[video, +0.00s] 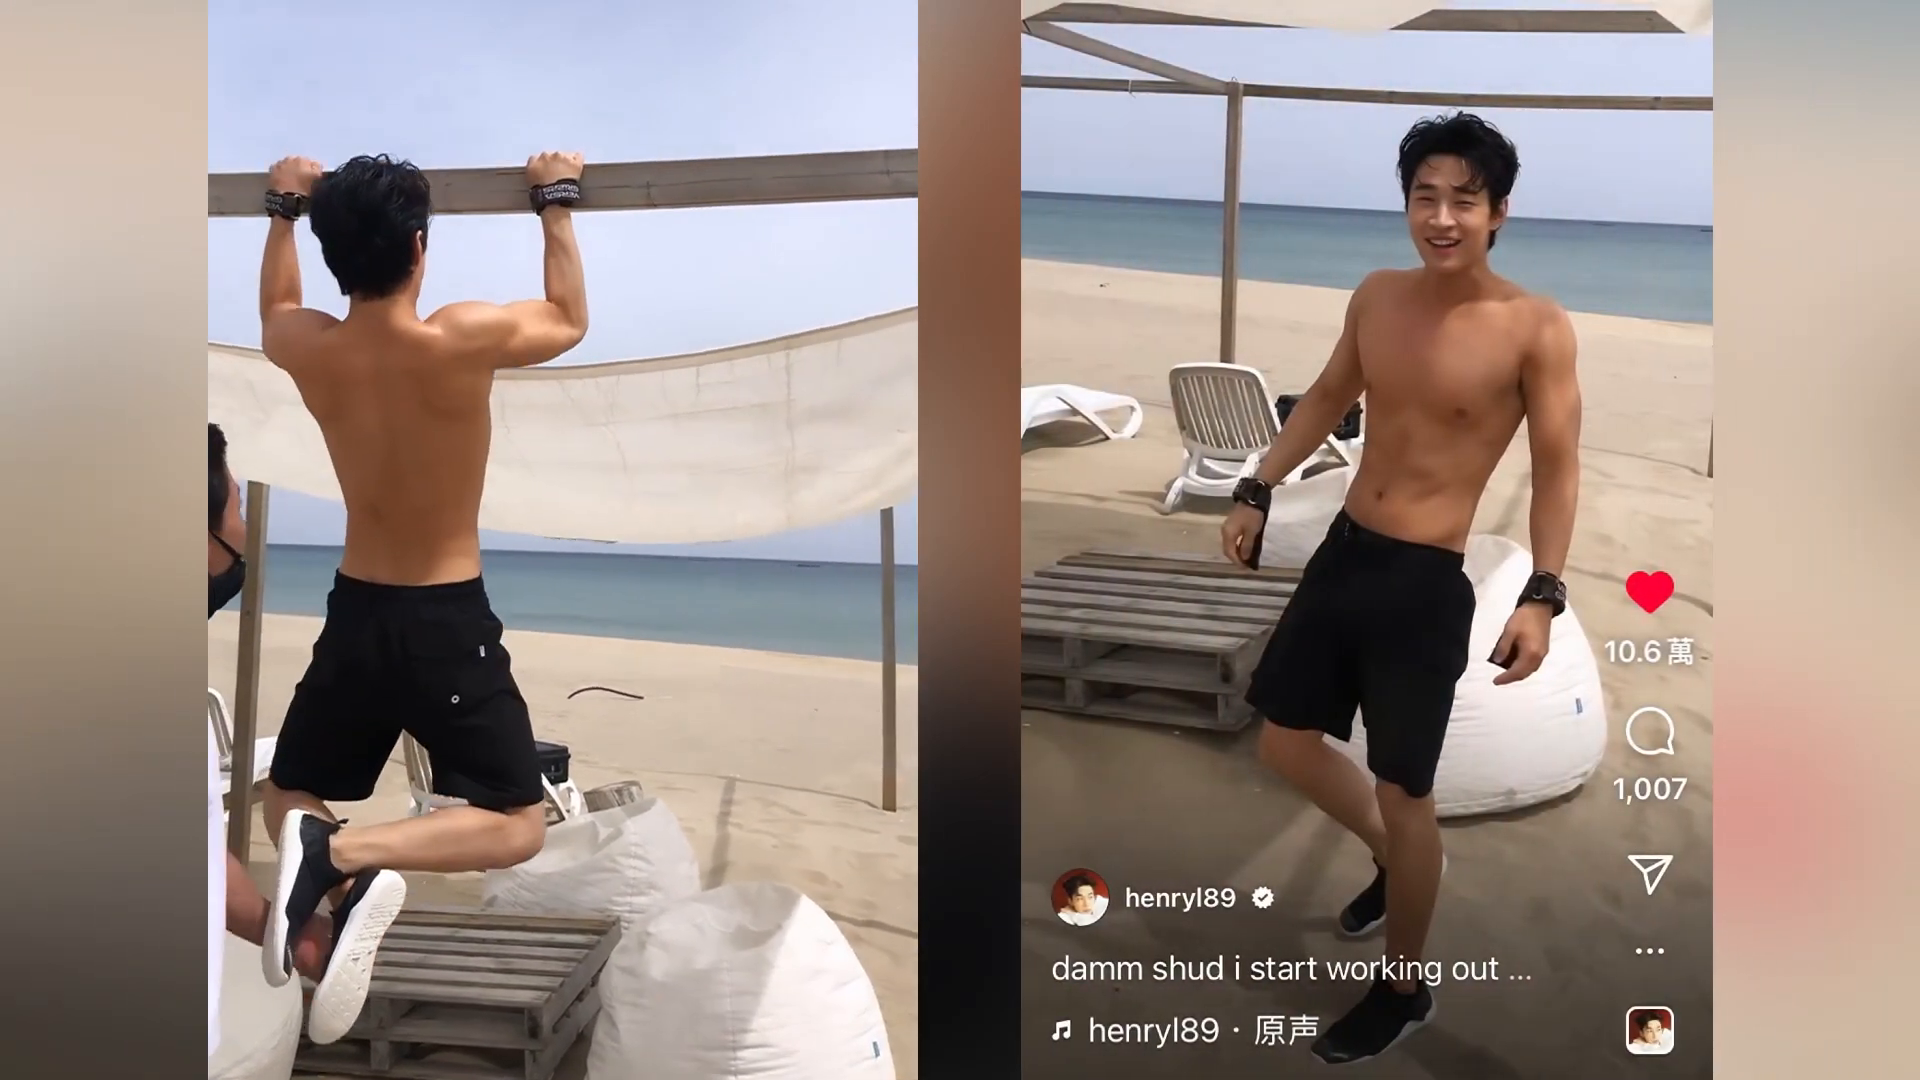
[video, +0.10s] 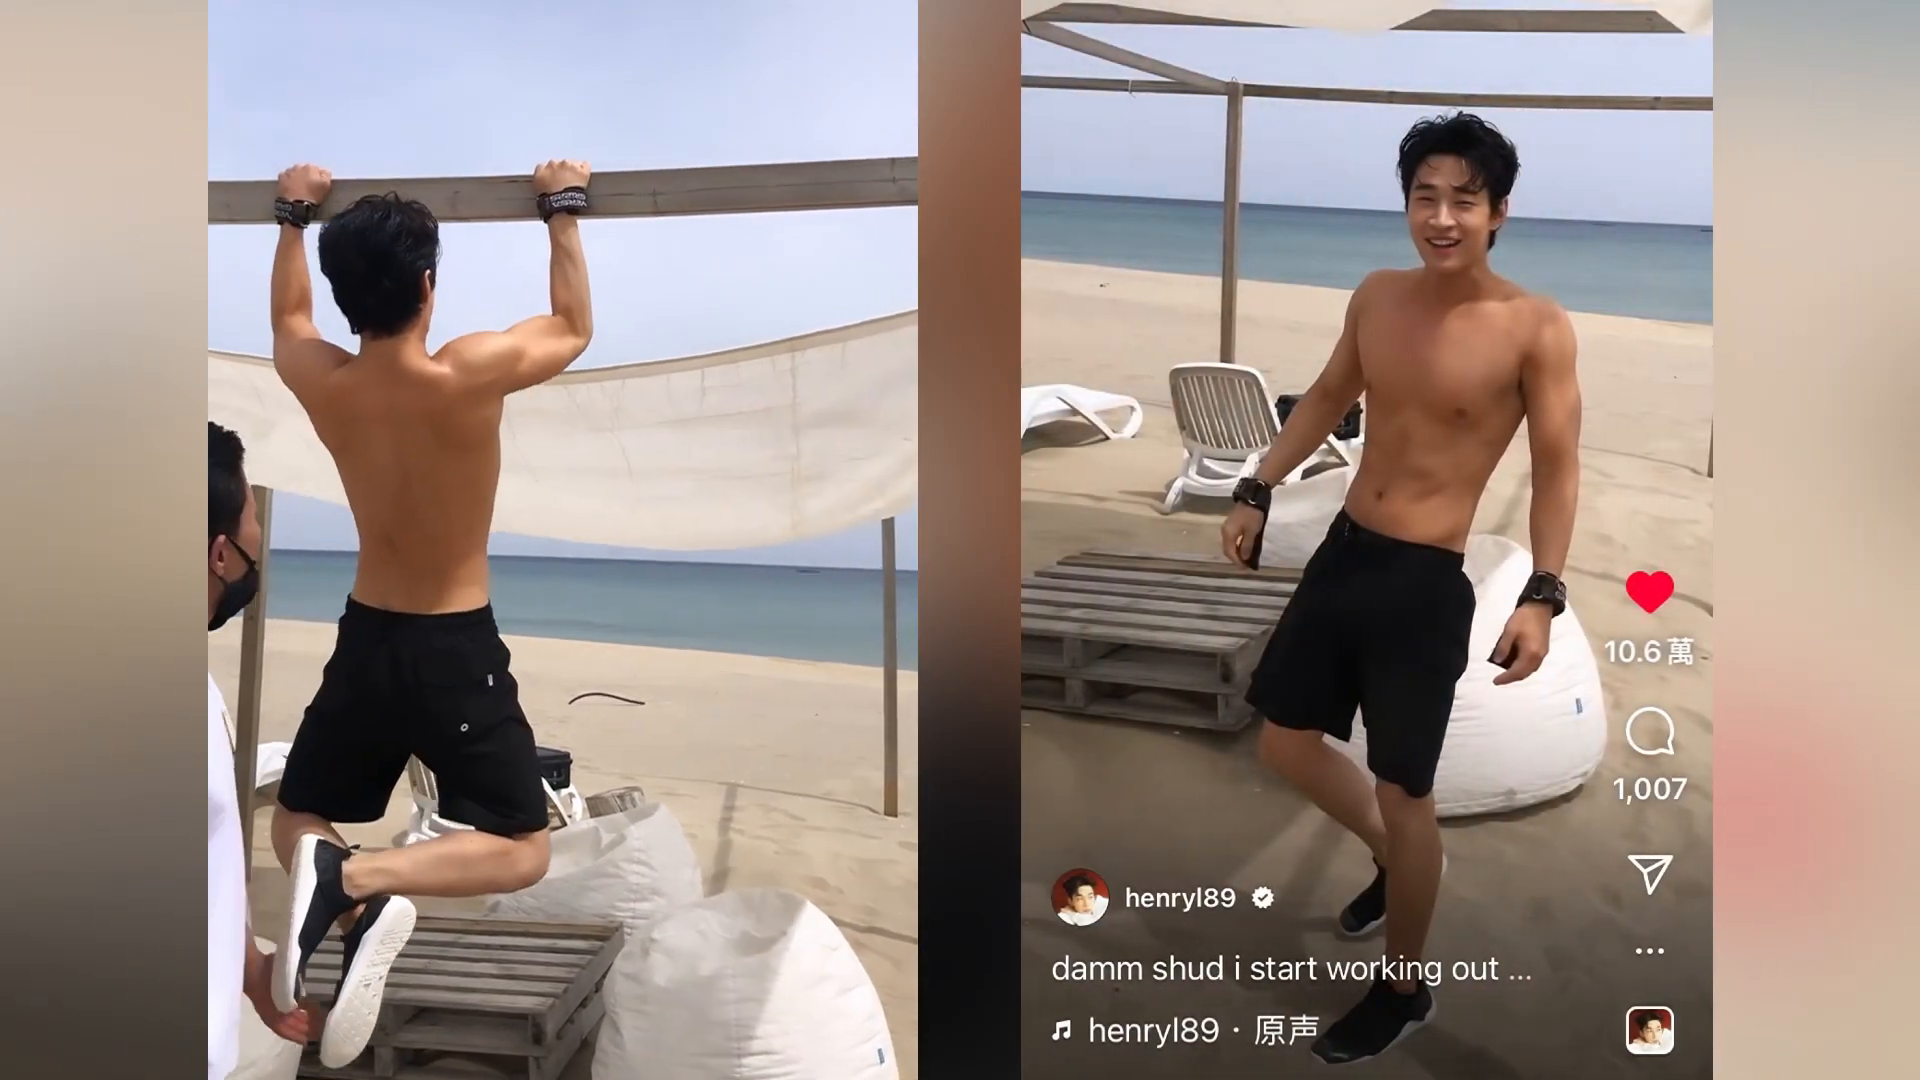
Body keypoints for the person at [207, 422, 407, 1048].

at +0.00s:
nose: (246, 523)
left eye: (237, 501)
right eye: (237, 505)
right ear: (207, 536)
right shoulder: (186, 707)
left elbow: (196, 844)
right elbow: (196, 858)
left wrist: (294, 934)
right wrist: (297, 935)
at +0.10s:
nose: (261, 531)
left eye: (253, 512)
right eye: (252, 515)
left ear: (220, 557)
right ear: (221, 553)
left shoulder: (205, 694)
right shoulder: (197, 700)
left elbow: (190, 871)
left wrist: (254, 967)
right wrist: (254, 968)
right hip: (207, 1051)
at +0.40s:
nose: (313, 544)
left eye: (307, 523)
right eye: (306, 526)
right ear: (276, 565)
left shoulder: (225, 699)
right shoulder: (215, 737)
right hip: (236, 1053)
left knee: (305, 981)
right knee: (308, 985)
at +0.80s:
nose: (335, 558)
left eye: (331, 540)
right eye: (330, 541)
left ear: (208, 546)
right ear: (301, 567)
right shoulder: (230, 764)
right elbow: (213, 1030)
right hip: (270, 1062)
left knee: (345, 985)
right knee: (351, 994)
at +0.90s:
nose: (335, 546)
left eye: (328, 524)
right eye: (328, 528)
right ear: (297, 565)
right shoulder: (228, 768)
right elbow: (215, 1038)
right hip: (265, 1062)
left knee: (352, 985)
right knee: (356, 989)